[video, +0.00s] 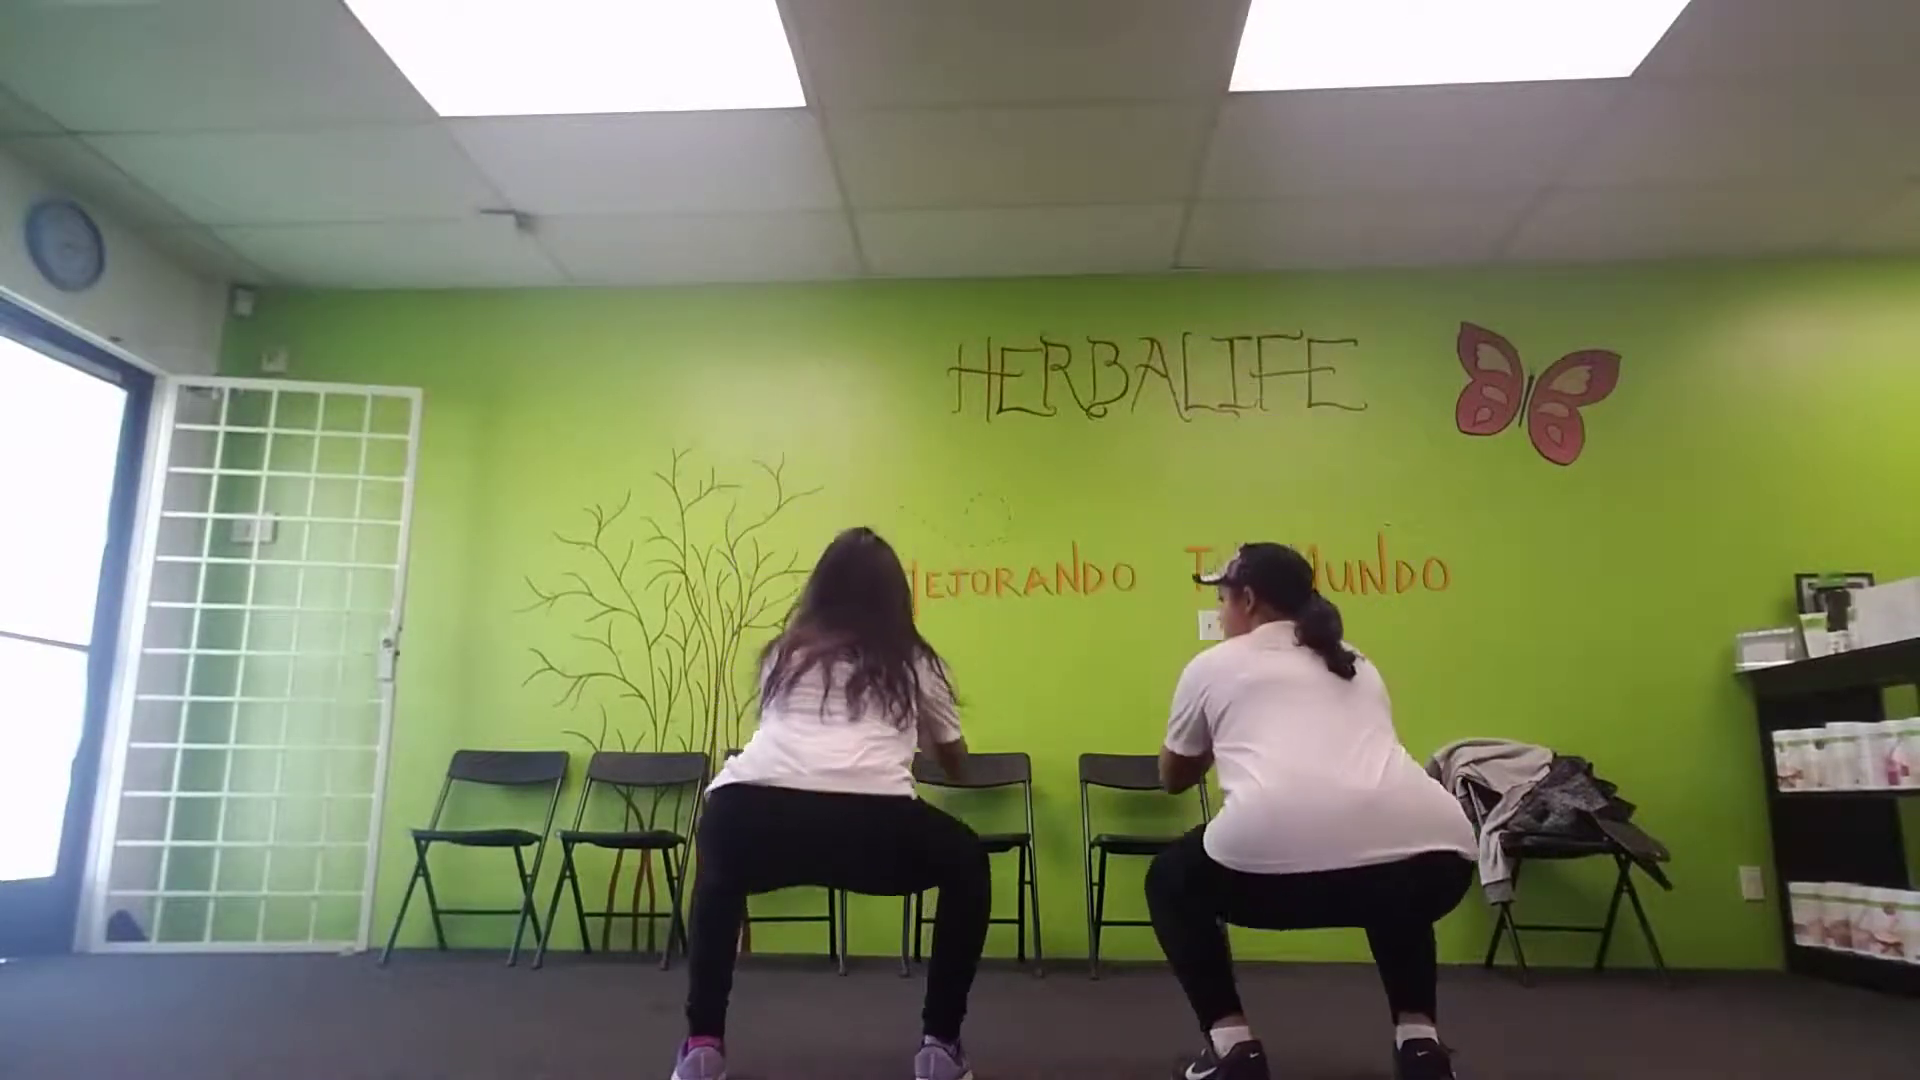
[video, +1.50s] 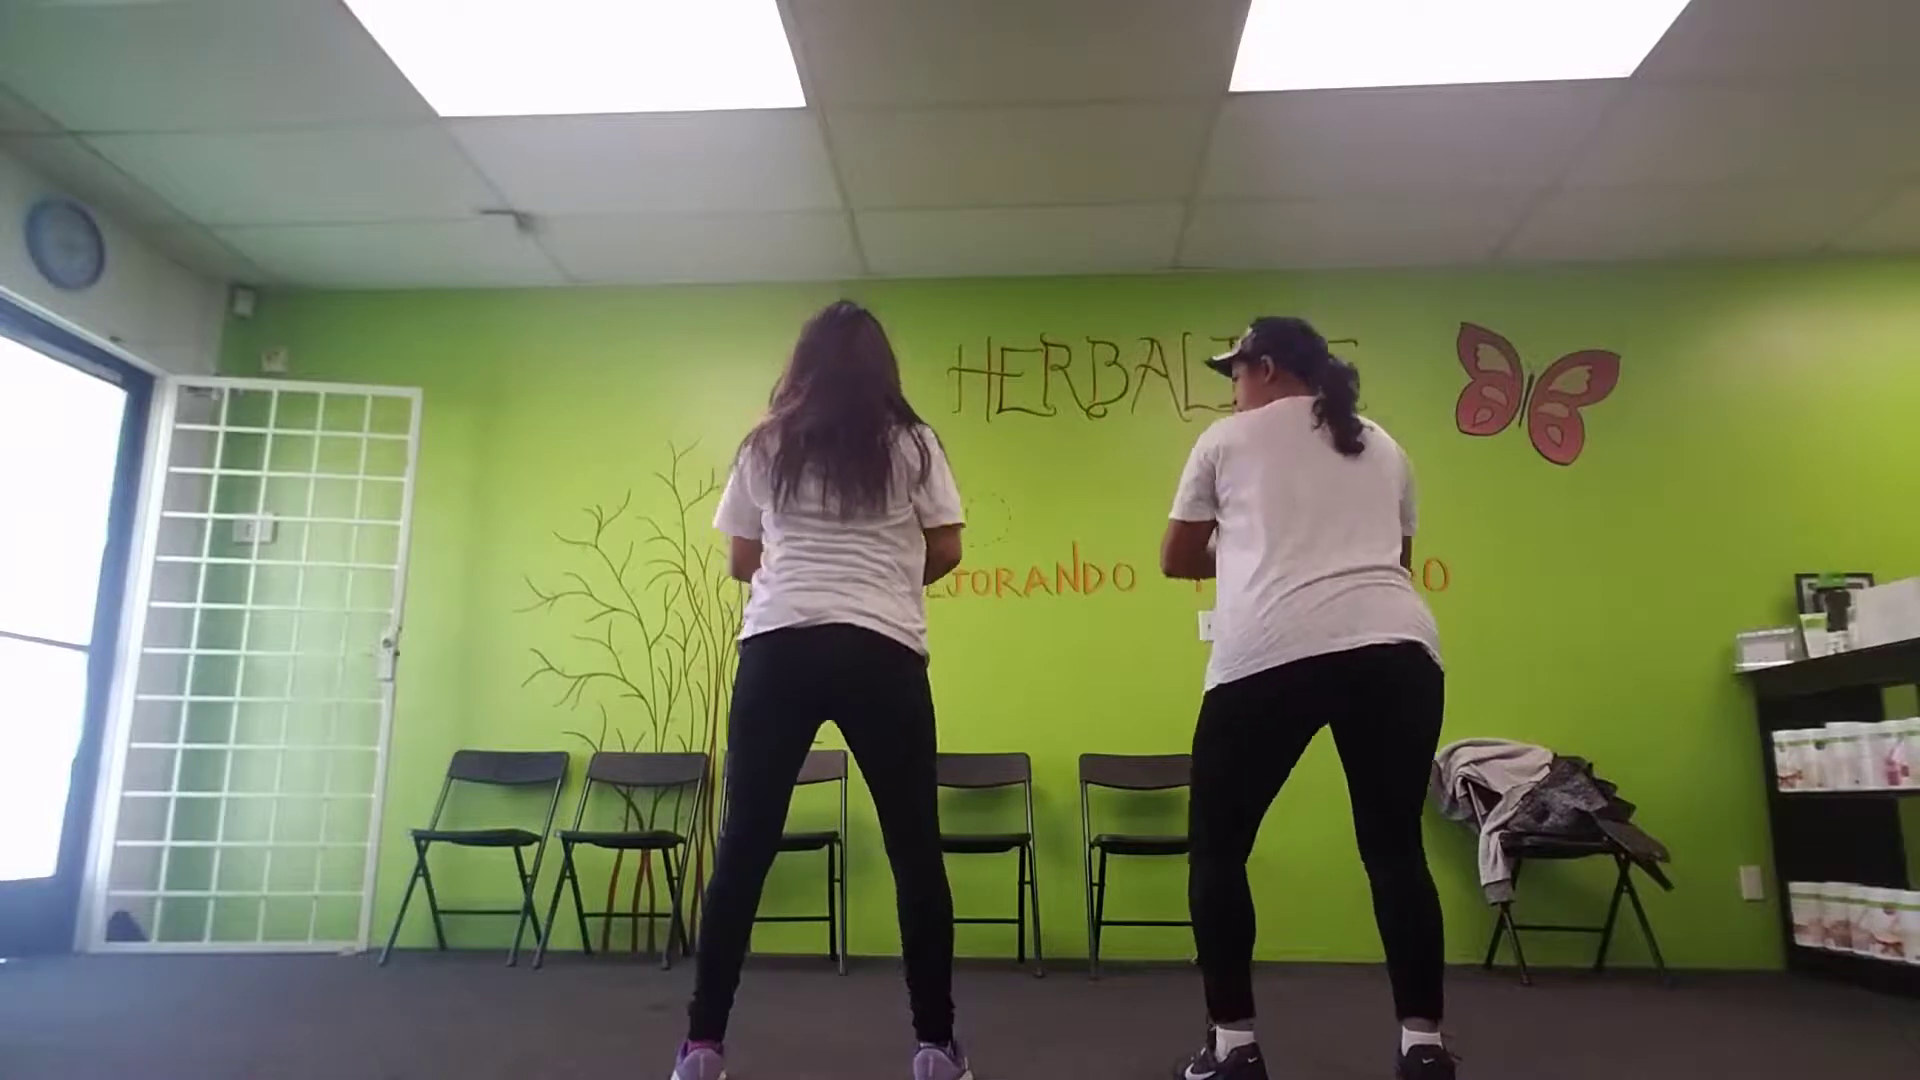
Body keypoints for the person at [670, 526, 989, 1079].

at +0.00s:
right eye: (899, 583)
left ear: (818, 590)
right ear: (897, 594)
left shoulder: (782, 651)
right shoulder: (915, 661)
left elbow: (779, 730)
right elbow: (955, 766)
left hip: (751, 816)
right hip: (873, 822)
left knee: (719, 873)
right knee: (966, 860)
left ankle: (702, 1046)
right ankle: (940, 1048)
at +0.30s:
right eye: (901, 604)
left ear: (828, 608)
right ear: (901, 613)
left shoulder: (786, 664)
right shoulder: (921, 676)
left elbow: (773, 737)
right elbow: (960, 765)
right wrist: (902, 754)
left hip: (752, 819)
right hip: (872, 825)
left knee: (727, 880)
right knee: (959, 864)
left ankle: (705, 1045)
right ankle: (937, 1045)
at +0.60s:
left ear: (819, 450)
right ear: (897, 454)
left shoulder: (783, 516)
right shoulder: (916, 521)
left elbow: (745, 628)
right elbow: (966, 637)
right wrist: (902, 634)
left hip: (771, 690)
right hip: (879, 695)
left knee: (739, 860)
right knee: (940, 862)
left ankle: (703, 1049)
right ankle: (937, 1049)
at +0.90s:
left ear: (806, 354)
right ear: (889, 358)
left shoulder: (767, 426)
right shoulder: (918, 429)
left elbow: (728, 533)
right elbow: (954, 532)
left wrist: (769, 598)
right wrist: (922, 608)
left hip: (783, 643)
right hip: (885, 645)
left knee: (749, 847)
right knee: (908, 849)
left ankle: (702, 1049)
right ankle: (936, 1051)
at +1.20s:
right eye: (879, 344)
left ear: (800, 351)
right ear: (882, 355)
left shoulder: (760, 425)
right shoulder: (910, 424)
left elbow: (719, 531)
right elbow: (947, 525)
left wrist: (750, 596)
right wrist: (924, 613)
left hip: (781, 648)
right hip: (883, 650)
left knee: (746, 844)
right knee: (901, 849)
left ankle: (701, 1049)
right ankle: (938, 1051)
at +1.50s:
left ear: (800, 367)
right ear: (885, 369)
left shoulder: (766, 441)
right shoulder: (916, 440)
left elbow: (744, 561)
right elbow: (945, 551)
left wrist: (817, 569)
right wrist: (879, 578)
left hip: (778, 648)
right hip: (881, 649)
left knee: (745, 844)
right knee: (916, 848)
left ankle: (702, 1048)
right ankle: (935, 1050)